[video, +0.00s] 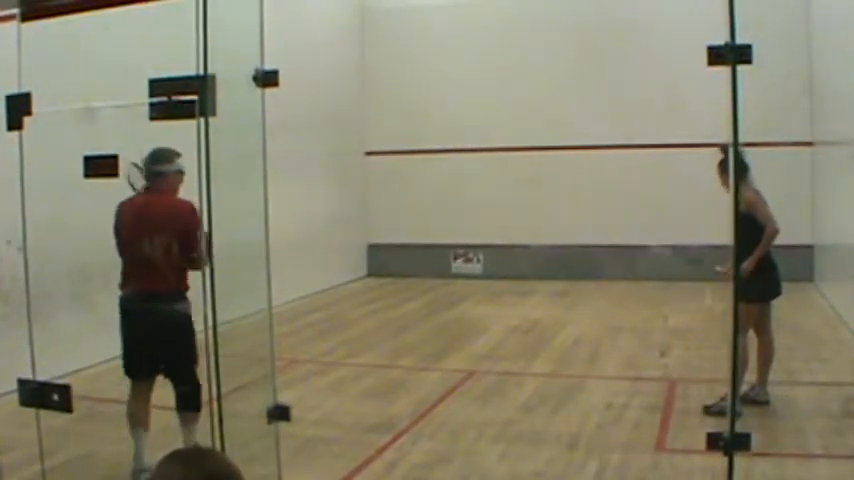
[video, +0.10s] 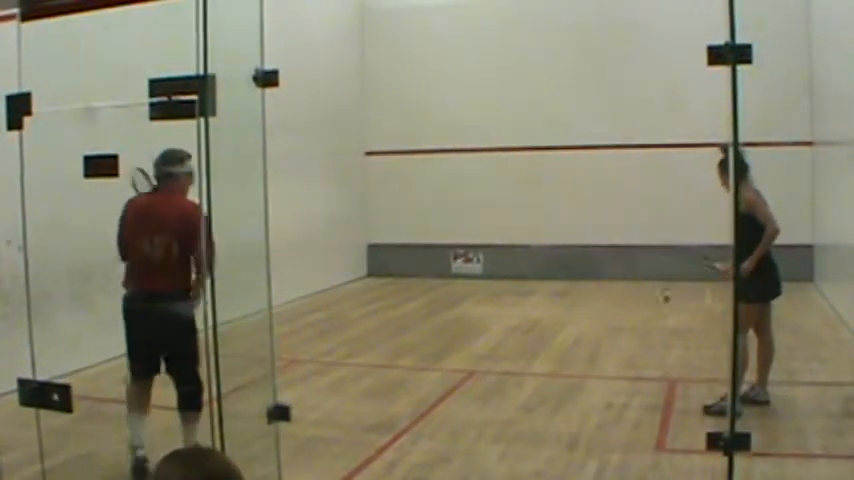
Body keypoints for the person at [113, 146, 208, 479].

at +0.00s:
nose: (181, 180)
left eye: (179, 175)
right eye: (179, 175)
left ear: (147, 176)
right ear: (175, 177)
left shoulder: (125, 209)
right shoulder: (185, 210)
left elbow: (126, 251)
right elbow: (197, 260)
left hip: (134, 307)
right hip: (174, 308)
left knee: (140, 384)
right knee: (185, 379)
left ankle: (139, 461)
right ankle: (192, 451)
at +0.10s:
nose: (191, 182)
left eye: (190, 176)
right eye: (188, 176)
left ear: (157, 176)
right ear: (182, 177)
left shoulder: (133, 206)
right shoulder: (191, 211)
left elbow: (123, 252)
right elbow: (204, 261)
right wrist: (197, 285)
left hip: (138, 306)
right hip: (177, 307)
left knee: (140, 376)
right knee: (187, 378)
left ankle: (137, 450)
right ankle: (192, 450)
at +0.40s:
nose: (196, 183)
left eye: (195, 177)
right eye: (193, 177)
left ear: (164, 176)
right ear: (181, 177)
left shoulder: (135, 208)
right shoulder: (191, 210)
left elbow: (123, 253)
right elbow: (200, 255)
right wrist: (201, 293)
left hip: (140, 302)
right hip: (178, 301)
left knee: (137, 372)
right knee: (187, 377)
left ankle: (128, 443)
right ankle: (191, 446)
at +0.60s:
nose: (180, 181)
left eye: (180, 175)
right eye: (177, 175)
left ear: (149, 175)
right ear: (165, 175)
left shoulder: (127, 210)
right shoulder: (173, 207)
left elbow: (120, 256)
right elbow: (183, 252)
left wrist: (150, 259)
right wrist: (197, 275)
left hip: (133, 300)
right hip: (169, 301)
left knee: (135, 372)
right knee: (183, 374)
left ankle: (127, 444)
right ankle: (190, 444)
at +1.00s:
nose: (170, 178)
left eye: (169, 172)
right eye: (166, 172)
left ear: (138, 175)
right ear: (156, 173)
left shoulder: (121, 210)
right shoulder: (164, 206)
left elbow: (119, 258)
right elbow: (174, 253)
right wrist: (194, 285)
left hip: (132, 300)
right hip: (166, 299)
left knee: (134, 372)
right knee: (181, 376)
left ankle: (128, 445)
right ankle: (189, 445)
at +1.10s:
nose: (175, 177)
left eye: (174, 171)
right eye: (171, 171)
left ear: (143, 174)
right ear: (159, 174)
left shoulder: (123, 210)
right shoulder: (168, 207)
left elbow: (120, 259)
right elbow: (179, 255)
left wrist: (154, 266)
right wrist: (195, 285)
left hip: (136, 301)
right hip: (170, 301)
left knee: (139, 370)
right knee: (184, 376)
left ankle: (128, 445)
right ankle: (189, 446)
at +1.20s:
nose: (179, 177)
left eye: (177, 171)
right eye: (175, 171)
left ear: (146, 174)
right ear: (164, 173)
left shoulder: (127, 210)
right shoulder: (172, 208)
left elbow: (122, 260)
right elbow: (184, 261)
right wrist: (201, 297)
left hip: (139, 300)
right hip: (173, 300)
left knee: (141, 370)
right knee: (185, 376)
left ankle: (129, 443)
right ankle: (190, 446)